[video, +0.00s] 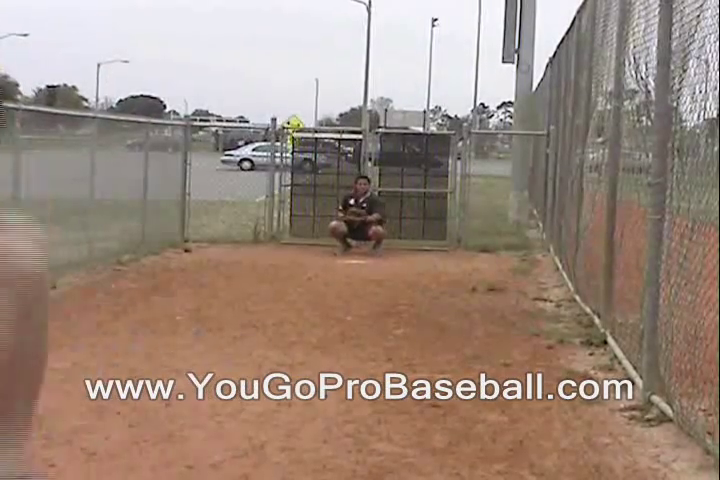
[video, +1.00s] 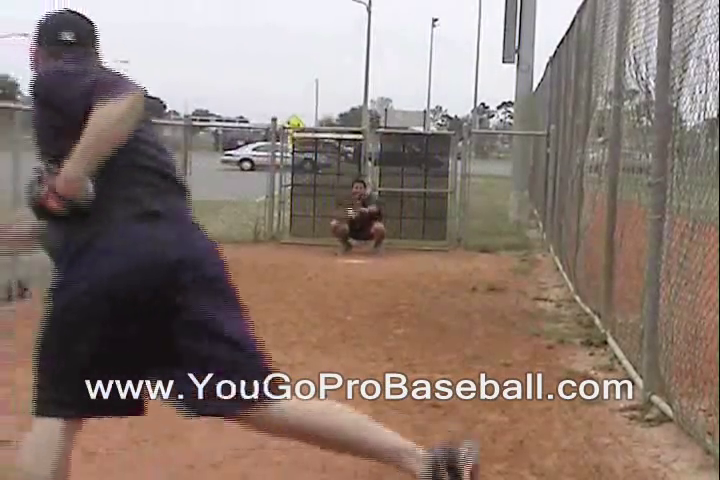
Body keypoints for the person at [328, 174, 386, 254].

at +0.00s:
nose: (362, 187)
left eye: (365, 184)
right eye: (360, 184)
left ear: (369, 186)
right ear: (355, 186)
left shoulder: (374, 200)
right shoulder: (348, 198)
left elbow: (378, 215)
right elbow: (339, 212)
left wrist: (362, 219)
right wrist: (347, 218)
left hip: (365, 226)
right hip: (350, 226)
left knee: (378, 231)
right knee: (334, 227)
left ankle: (377, 244)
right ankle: (345, 245)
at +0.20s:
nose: (362, 187)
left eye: (364, 185)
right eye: (359, 185)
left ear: (368, 187)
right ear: (355, 186)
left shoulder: (373, 201)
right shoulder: (348, 199)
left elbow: (380, 217)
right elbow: (339, 213)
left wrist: (366, 217)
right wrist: (346, 217)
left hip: (365, 227)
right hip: (350, 226)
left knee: (377, 231)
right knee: (334, 227)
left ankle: (376, 245)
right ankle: (345, 245)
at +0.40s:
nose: (362, 187)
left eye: (364, 184)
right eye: (359, 184)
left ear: (368, 187)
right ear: (355, 186)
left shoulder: (373, 200)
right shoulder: (348, 199)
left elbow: (379, 215)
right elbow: (340, 212)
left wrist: (366, 216)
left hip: (365, 227)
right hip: (350, 226)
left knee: (377, 231)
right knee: (334, 226)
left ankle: (376, 245)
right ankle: (346, 245)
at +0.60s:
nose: (362, 187)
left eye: (364, 184)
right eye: (359, 184)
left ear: (368, 186)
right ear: (355, 186)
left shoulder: (374, 200)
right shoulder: (348, 197)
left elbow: (378, 219)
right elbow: (335, 214)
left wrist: (362, 212)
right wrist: (343, 211)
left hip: (365, 226)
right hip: (350, 225)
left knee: (375, 231)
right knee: (334, 225)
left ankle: (376, 245)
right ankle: (346, 245)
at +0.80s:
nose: (361, 187)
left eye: (364, 184)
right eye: (358, 184)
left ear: (368, 187)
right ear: (354, 187)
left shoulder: (374, 199)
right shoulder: (348, 198)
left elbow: (378, 218)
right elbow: (336, 214)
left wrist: (366, 206)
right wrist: (350, 207)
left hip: (366, 228)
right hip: (350, 227)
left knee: (377, 230)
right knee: (334, 225)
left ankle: (376, 246)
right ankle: (346, 245)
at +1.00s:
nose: (358, 191)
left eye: (361, 188)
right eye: (356, 188)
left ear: (365, 190)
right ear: (352, 190)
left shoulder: (369, 201)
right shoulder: (347, 202)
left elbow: (375, 209)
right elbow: (336, 214)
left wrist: (366, 211)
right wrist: (348, 215)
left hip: (367, 230)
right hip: (350, 229)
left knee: (379, 228)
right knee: (336, 226)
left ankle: (377, 246)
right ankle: (346, 245)